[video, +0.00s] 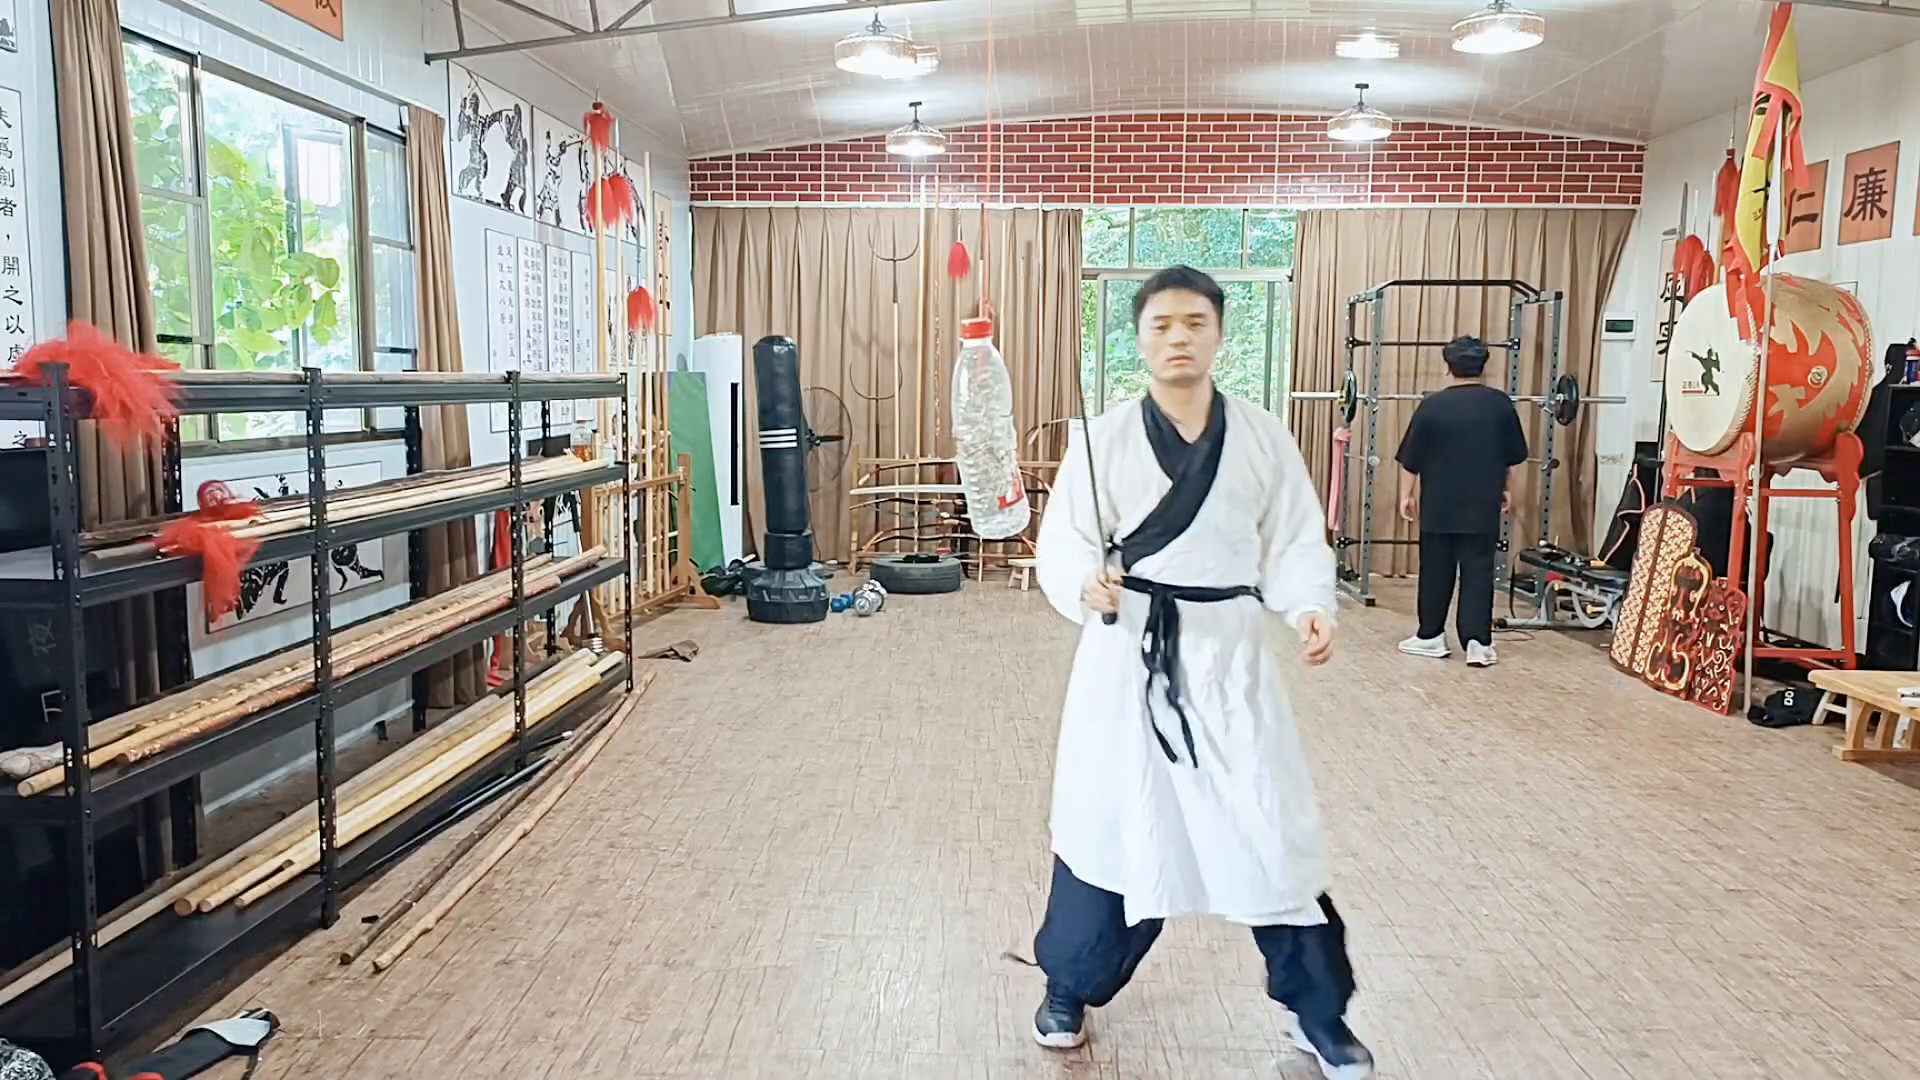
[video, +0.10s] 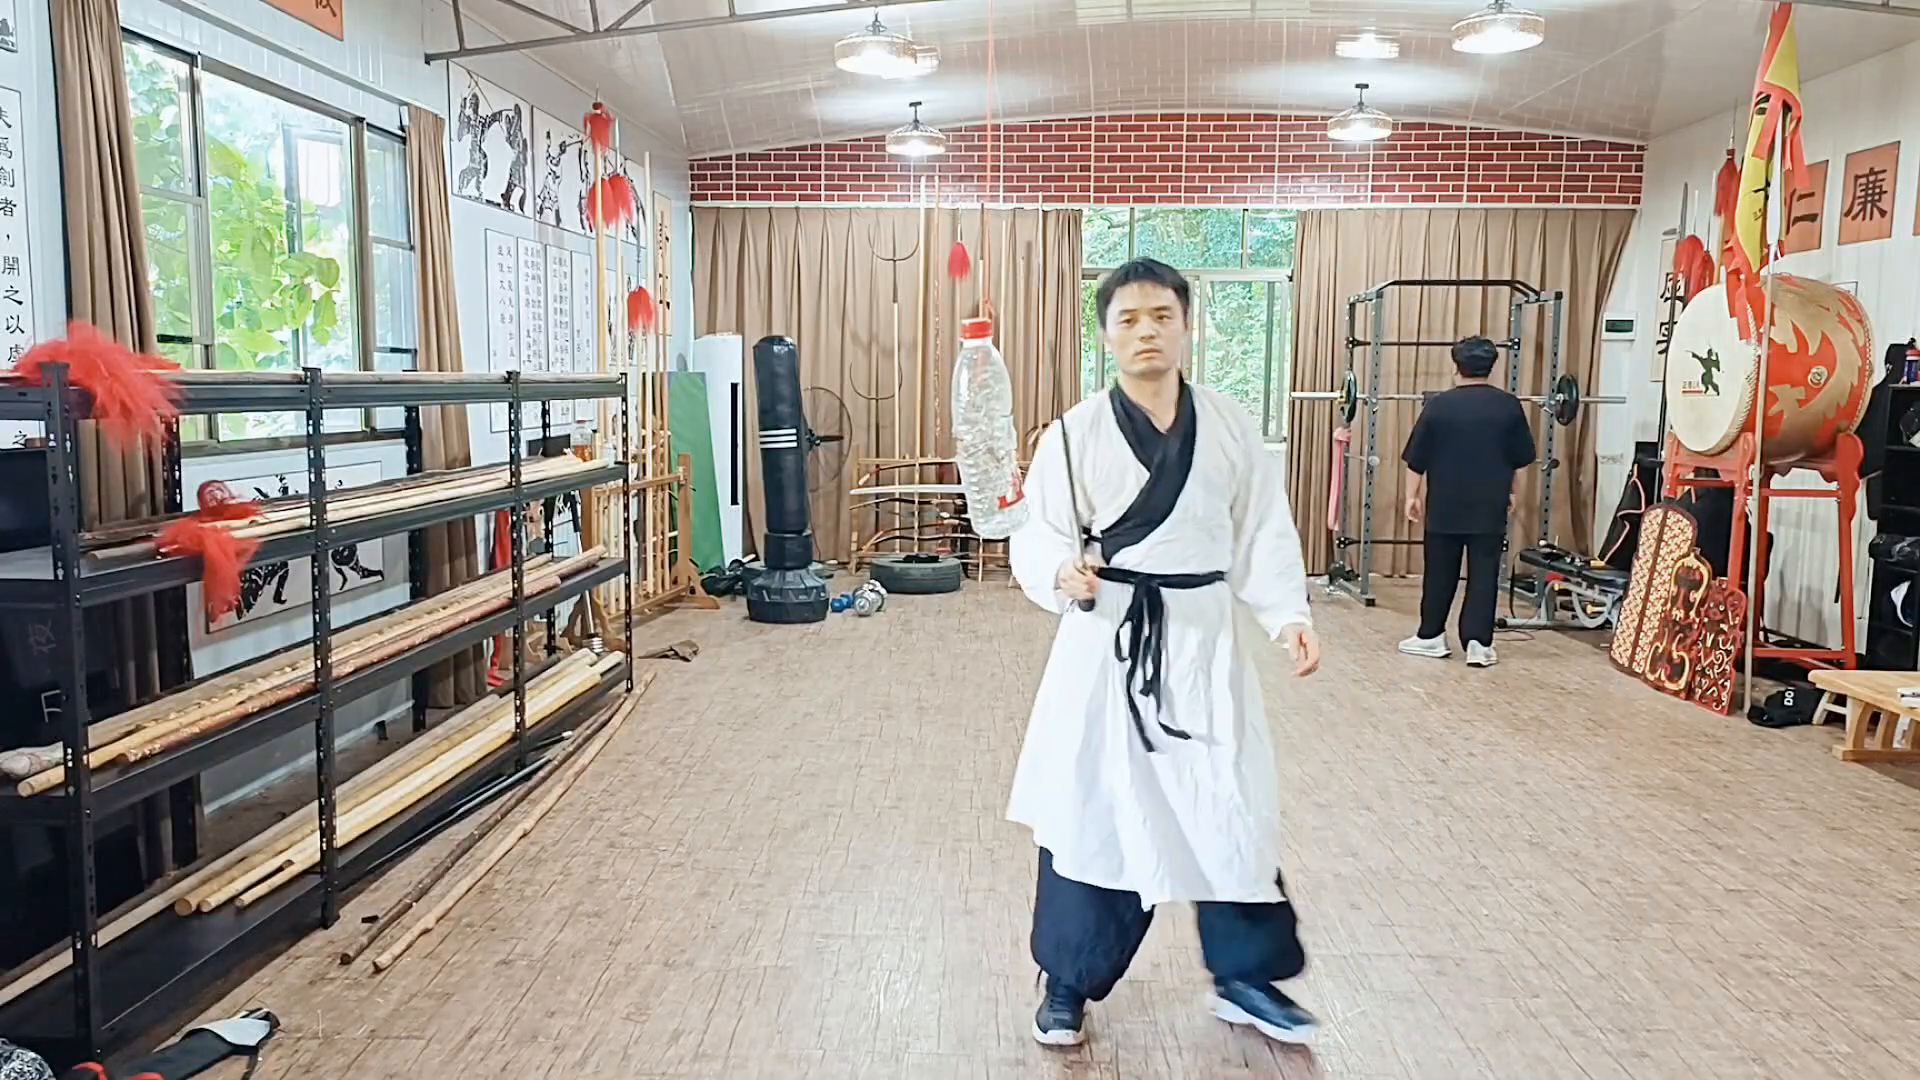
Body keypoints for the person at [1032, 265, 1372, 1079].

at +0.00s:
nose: (1179, 338)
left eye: (1195, 323)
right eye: (1162, 325)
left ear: (1220, 338)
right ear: (1139, 343)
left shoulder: (1264, 437)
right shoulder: (1097, 441)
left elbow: (1298, 540)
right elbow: (1060, 543)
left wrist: (1309, 603)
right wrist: (1084, 583)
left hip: (1235, 662)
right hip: (1126, 662)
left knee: (1277, 837)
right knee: (1112, 832)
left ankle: (1321, 1017)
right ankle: (1069, 988)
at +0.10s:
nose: (1146, 332)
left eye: (1161, 317)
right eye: (1129, 319)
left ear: (1186, 330)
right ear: (1106, 337)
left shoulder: (1230, 426)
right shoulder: (1072, 437)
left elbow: (1266, 533)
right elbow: (1033, 537)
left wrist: (1289, 613)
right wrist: (1062, 573)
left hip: (1208, 642)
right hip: (1106, 641)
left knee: (1233, 804)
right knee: (1094, 810)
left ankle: (1244, 975)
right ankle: (1066, 984)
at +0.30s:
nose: (1114, 334)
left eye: (1128, 318)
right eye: (1096, 322)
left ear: (1149, 329)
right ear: (1071, 339)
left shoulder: (1189, 425)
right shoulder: (1046, 436)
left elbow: (1231, 535)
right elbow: (1009, 535)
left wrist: (1277, 627)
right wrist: (1036, 578)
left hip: (1170, 627)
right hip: (1079, 629)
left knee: (1168, 784)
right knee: (1069, 796)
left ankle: (1132, 928)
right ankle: (1064, 975)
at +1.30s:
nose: (1120, 366)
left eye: (1133, 350)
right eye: (1101, 352)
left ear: (1150, 357)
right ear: (1067, 360)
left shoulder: (1146, 437)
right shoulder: (1041, 445)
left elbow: (1162, 534)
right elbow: (986, 551)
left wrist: (1183, 610)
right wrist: (1036, 575)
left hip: (1129, 652)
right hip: (1057, 660)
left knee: (1118, 802)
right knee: (1048, 839)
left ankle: (1097, 937)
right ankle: (1038, 1047)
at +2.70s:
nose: (1120, 392)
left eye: (1134, 376)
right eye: (1099, 377)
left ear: (1150, 386)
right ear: (1064, 388)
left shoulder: (1133, 469)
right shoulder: (1039, 472)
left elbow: (1143, 566)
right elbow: (974, 574)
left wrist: (1173, 639)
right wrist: (1033, 586)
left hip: (1111, 680)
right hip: (1049, 686)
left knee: (1082, 858)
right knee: (1049, 877)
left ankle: (1051, 1033)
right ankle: (1036, 1058)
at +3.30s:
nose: (1119, 388)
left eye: (1135, 373)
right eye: (1099, 374)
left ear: (1151, 391)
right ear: (1063, 394)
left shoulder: (1140, 474)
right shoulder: (1024, 493)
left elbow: (1130, 569)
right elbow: (975, 620)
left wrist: (1142, 639)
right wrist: (995, 699)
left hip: (1107, 694)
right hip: (1039, 703)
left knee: (1085, 876)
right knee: (1037, 890)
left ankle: (1048, 1050)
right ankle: (1020, 1062)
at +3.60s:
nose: (1124, 363)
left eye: (1136, 349)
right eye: (1105, 350)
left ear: (1151, 365)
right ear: (1071, 365)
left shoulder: (1136, 450)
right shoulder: (1038, 460)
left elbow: (1133, 558)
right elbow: (991, 578)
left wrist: (1183, 615)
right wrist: (1016, 659)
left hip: (1116, 663)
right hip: (1053, 673)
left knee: (1116, 805)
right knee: (1043, 837)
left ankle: (1080, 934)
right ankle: (1015, 1036)